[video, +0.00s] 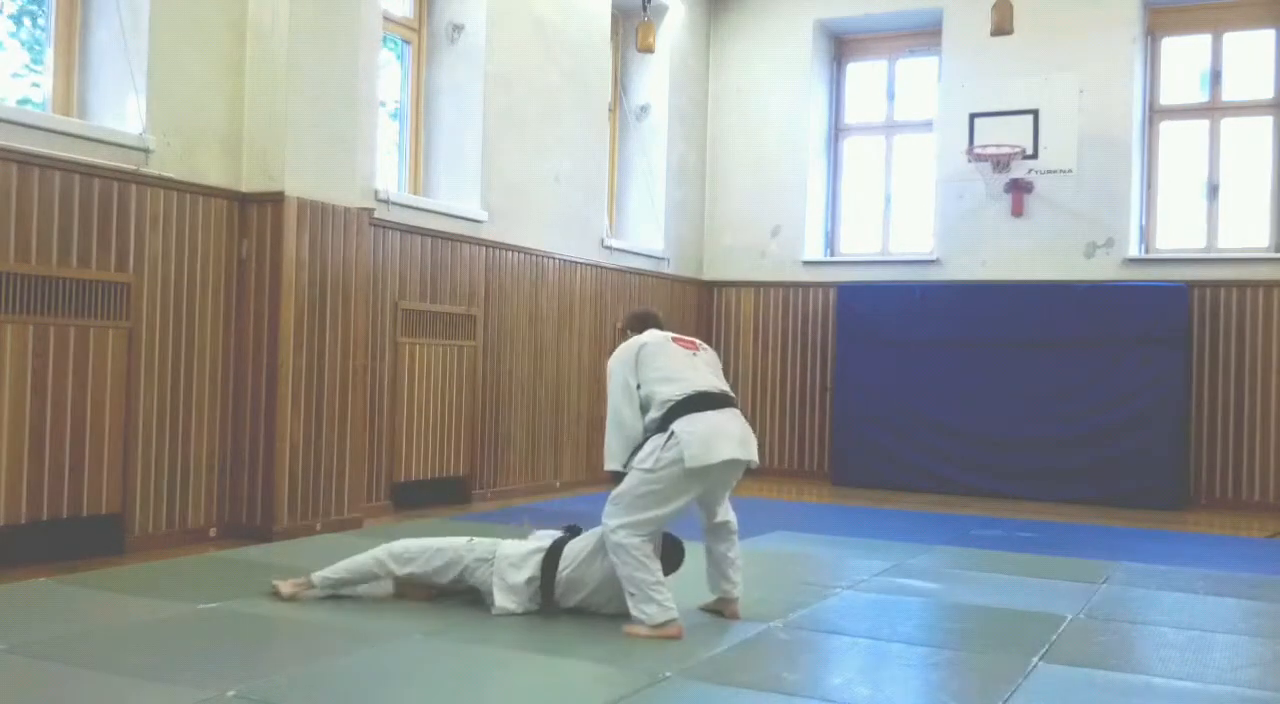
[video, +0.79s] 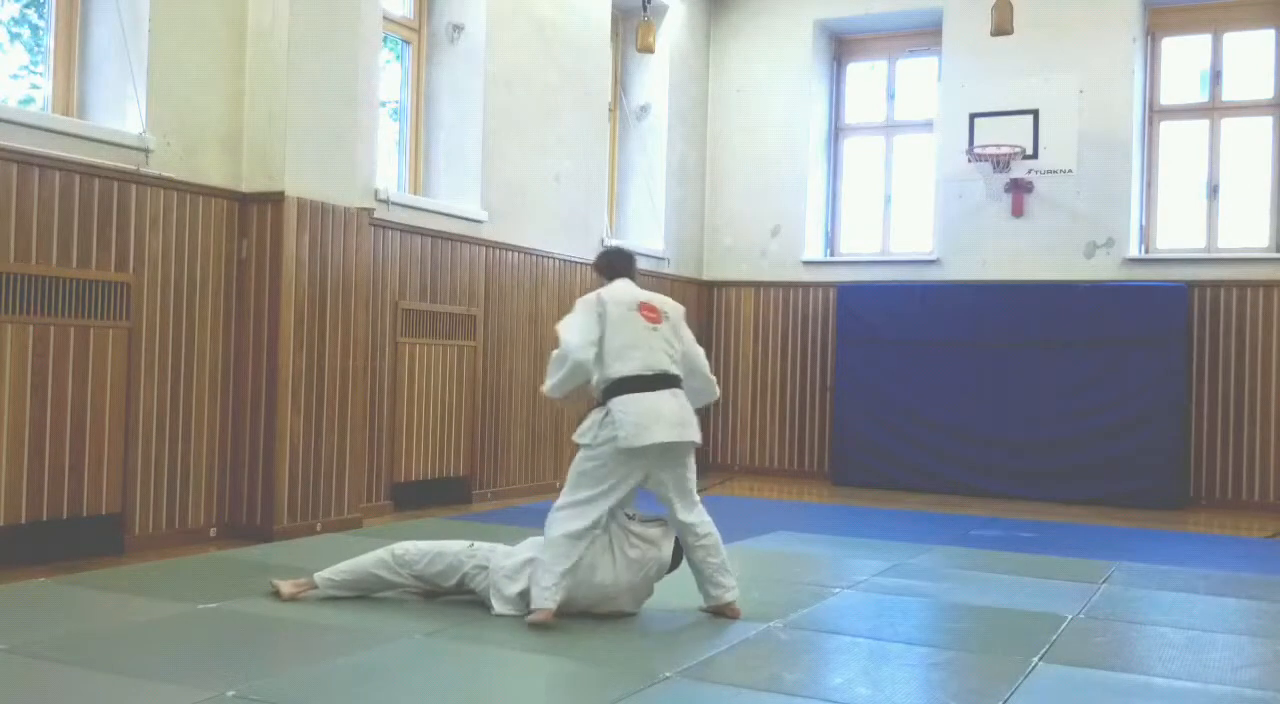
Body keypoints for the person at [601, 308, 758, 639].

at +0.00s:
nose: (619, 341)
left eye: (620, 336)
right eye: (619, 336)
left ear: (628, 333)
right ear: (660, 329)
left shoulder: (627, 350)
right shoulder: (698, 345)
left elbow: (624, 416)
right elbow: (719, 394)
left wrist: (618, 474)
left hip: (688, 438)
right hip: (737, 433)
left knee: (621, 521)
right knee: (716, 505)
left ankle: (658, 618)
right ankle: (728, 598)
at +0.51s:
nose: (618, 314)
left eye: (618, 310)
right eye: (620, 310)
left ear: (624, 306)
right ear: (656, 304)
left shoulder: (618, 321)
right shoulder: (692, 326)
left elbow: (601, 368)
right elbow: (715, 381)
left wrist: (599, 424)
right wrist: (726, 432)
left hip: (663, 419)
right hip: (712, 417)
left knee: (613, 515)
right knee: (704, 504)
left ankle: (651, 604)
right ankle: (727, 597)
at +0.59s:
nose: (616, 298)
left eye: (617, 293)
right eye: (619, 293)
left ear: (623, 291)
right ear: (654, 290)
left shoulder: (619, 307)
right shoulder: (691, 318)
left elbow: (598, 352)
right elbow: (718, 382)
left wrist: (589, 405)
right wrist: (714, 428)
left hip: (656, 411)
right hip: (703, 412)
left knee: (596, 501)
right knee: (698, 505)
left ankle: (627, 586)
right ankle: (728, 597)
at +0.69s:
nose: (610, 288)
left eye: (610, 283)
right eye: (611, 283)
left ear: (617, 281)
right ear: (647, 279)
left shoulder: (612, 303)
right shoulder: (684, 311)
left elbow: (596, 351)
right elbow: (711, 372)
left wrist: (572, 389)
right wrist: (710, 407)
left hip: (643, 412)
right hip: (691, 409)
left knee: (583, 501)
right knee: (692, 507)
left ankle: (584, 588)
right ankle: (726, 597)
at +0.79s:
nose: (594, 281)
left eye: (594, 275)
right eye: (596, 275)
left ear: (601, 274)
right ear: (633, 273)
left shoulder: (593, 302)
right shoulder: (668, 306)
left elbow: (578, 353)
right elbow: (699, 369)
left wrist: (554, 387)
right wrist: (696, 397)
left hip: (624, 417)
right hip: (675, 413)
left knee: (573, 510)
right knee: (689, 509)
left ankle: (544, 602)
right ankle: (724, 598)